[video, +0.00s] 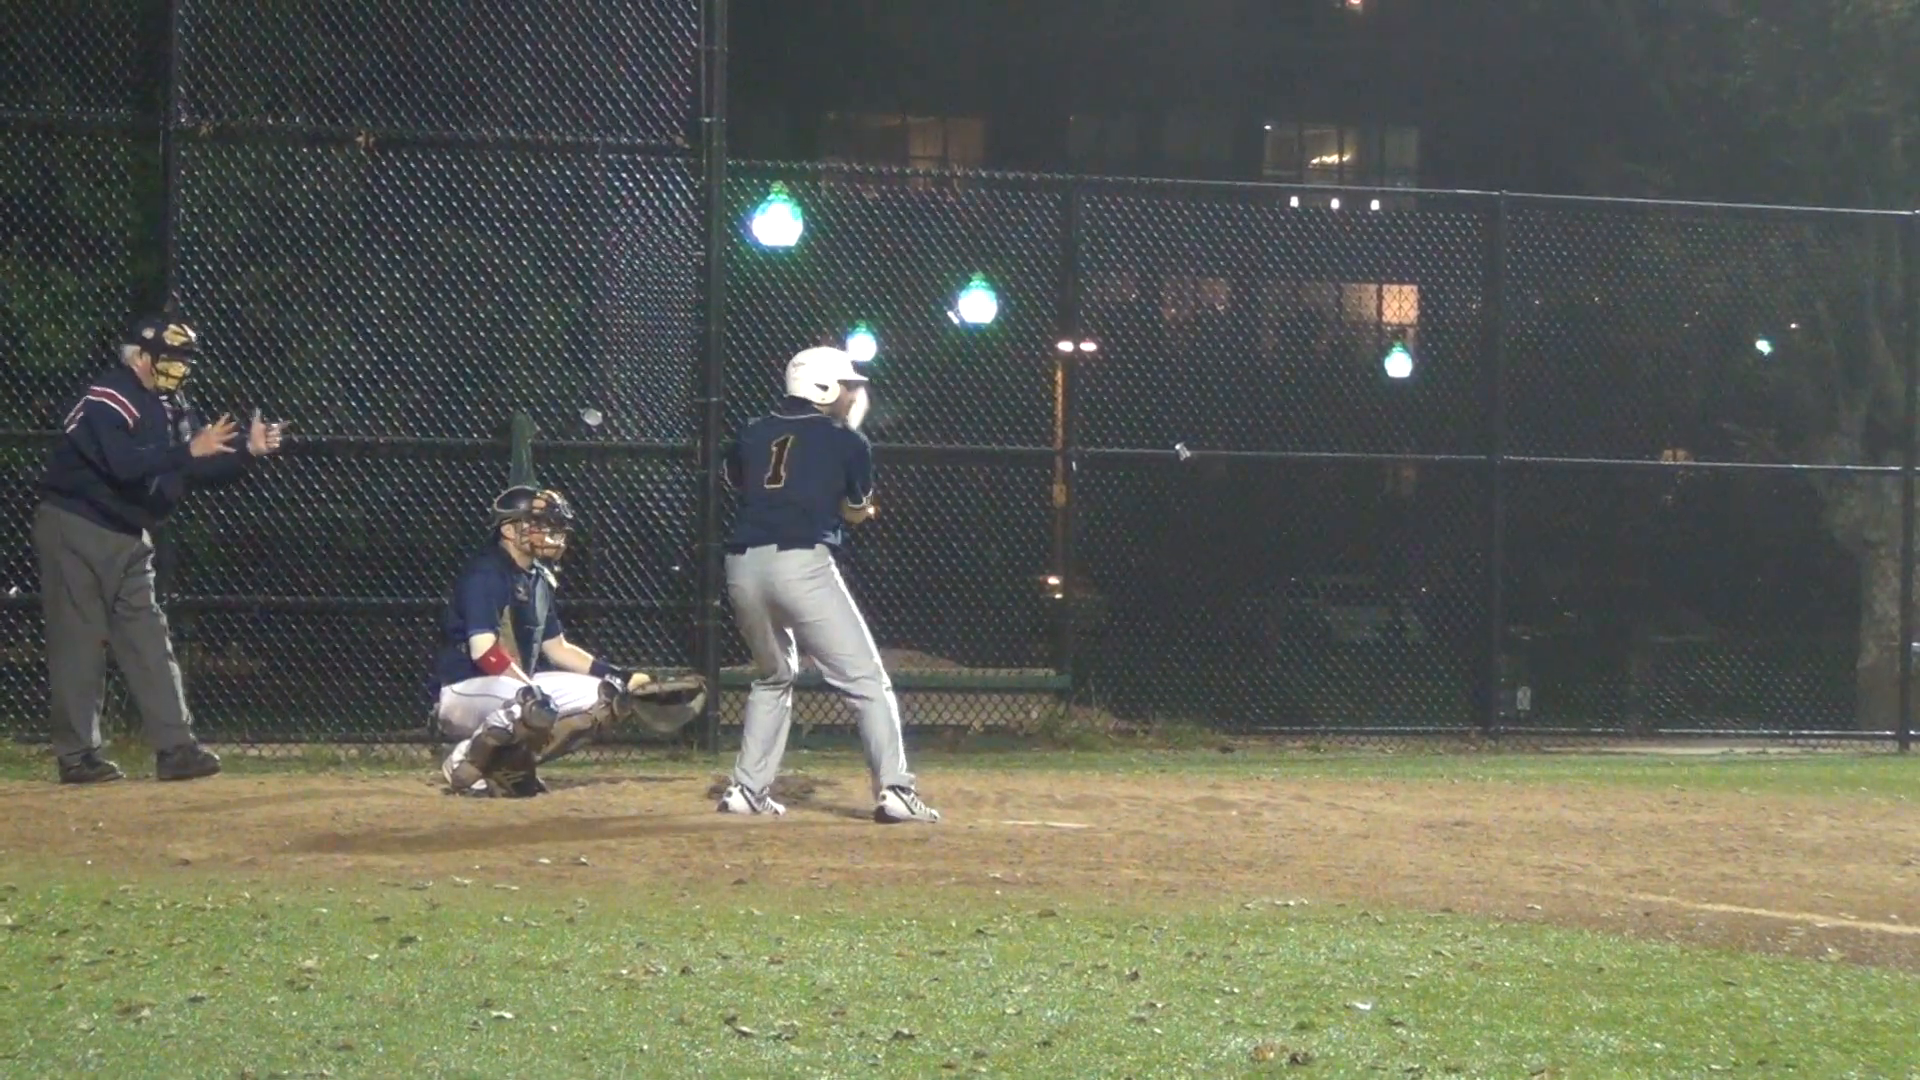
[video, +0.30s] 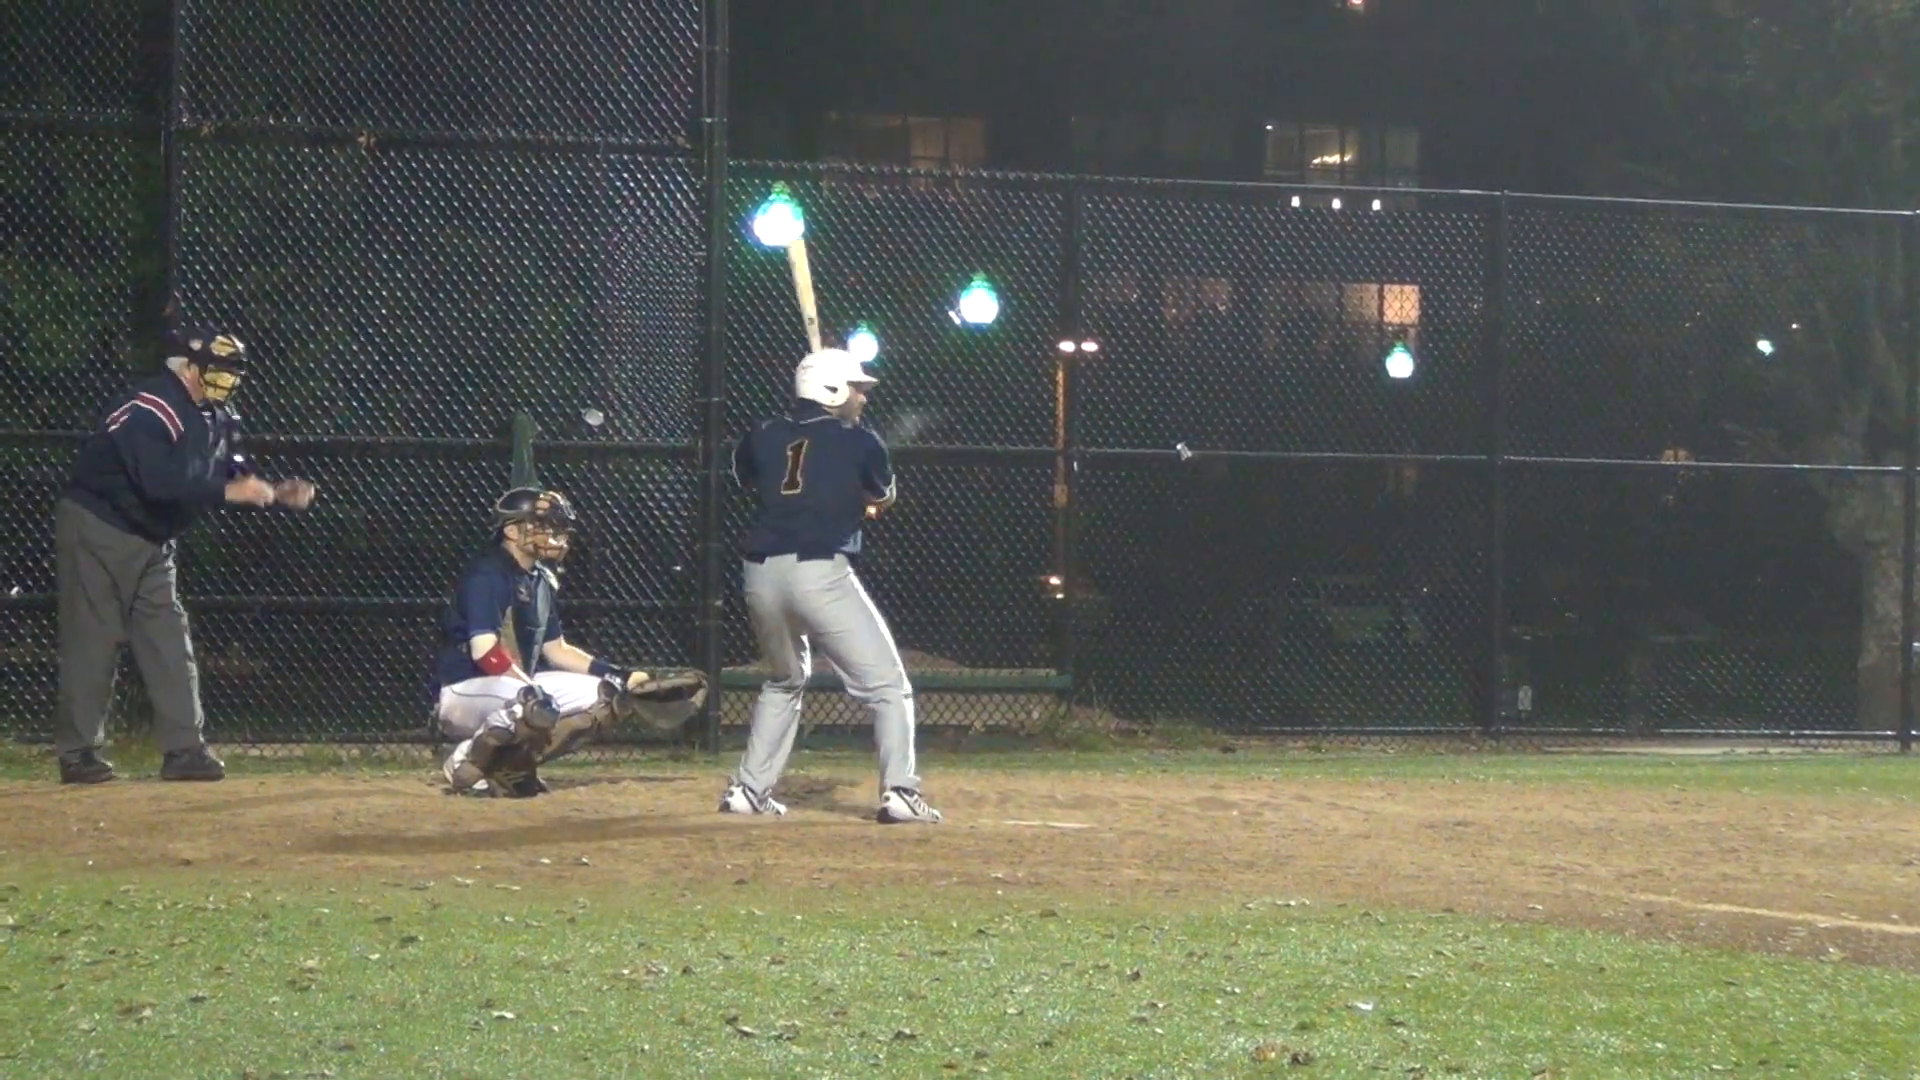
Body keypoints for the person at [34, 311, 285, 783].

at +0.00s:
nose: (175, 368)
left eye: (181, 360)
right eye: (167, 357)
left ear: (184, 362)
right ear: (139, 355)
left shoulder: (171, 410)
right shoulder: (108, 394)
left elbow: (195, 469)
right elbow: (122, 462)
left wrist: (246, 450)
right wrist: (187, 452)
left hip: (128, 537)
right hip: (74, 529)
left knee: (147, 638)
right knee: (78, 639)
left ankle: (176, 748)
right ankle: (79, 756)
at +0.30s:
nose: (225, 380)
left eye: (230, 372)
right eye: (218, 370)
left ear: (230, 375)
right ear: (190, 367)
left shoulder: (215, 420)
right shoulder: (153, 406)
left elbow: (225, 474)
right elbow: (159, 480)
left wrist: (274, 492)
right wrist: (226, 490)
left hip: (151, 543)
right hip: (96, 529)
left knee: (167, 638)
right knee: (91, 637)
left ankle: (184, 751)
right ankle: (78, 753)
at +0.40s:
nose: (235, 387)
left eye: (240, 379)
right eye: (228, 377)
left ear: (235, 381)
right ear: (201, 374)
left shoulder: (224, 427)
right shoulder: (156, 415)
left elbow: (223, 493)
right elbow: (161, 492)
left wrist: (260, 528)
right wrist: (221, 523)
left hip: (150, 542)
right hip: (96, 529)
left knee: (169, 641)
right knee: (89, 638)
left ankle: (184, 751)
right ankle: (64, 749)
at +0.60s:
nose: (239, 408)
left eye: (244, 400)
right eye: (232, 398)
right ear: (204, 394)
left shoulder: (221, 444)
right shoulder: (165, 429)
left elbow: (208, 519)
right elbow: (159, 508)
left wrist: (202, 575)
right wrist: (186, 575)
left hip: (147, 553)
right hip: (91, 537)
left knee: (171, 646)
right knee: (51, 641)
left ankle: (185, 751)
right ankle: (3, 719)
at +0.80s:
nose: (220, 453)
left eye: (225, 445)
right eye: (212, 442)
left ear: (231, 446)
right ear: (186, 439)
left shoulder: (196, 484)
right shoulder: (146, 472)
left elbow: (180, 550)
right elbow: (137, 554)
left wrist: (174, 591)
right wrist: (155, 608)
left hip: (123, 580)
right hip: (59, 570)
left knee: (170, 639)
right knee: (5, 657)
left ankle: (187, 750)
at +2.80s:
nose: (222, 502)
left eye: (225, 494)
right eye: (214, 493)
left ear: (188, 490)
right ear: (185, 489)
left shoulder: (183, 523)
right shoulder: (141, 515)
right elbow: (124, 593)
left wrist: (168, 610)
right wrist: (152, 619)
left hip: (103, 603)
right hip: (38, 593)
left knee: (168, 647)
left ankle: (193, 751)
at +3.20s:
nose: (218, 499)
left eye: (223, 492)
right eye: (210, 489)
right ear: (183, 484)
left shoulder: (200, 523)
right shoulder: (151, 504)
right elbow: (139, 569)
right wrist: (201, 600)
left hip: (126, 602)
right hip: (50, 587)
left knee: (170, 653)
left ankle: (193, 750)